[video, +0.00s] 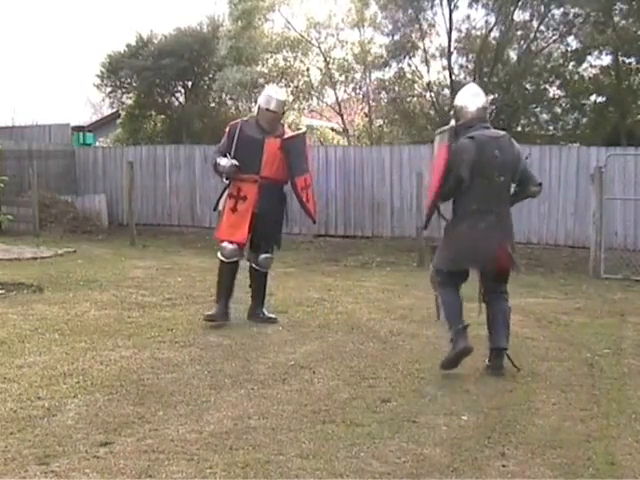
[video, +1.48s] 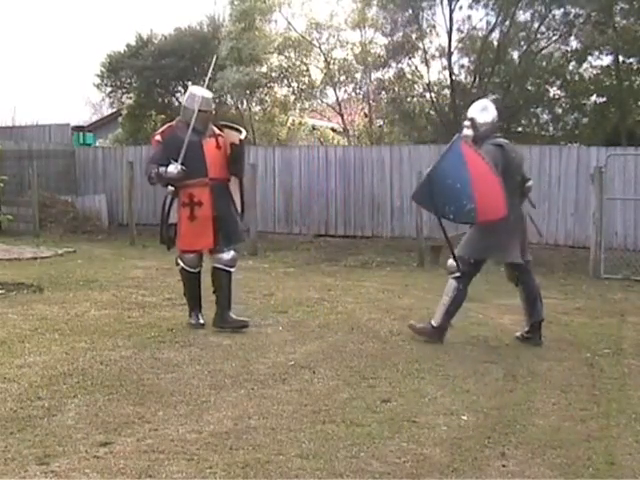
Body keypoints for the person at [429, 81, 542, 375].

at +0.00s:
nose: (455, 118)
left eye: (457, 112)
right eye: (456, 112)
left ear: (463, 113)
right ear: (485, 111)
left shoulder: (464, 145)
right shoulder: (507, 143)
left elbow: (454, 181)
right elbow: (531, 186)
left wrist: (436, 197)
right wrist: (504, 201)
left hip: (465, 232)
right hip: (499, 233)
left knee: (444, 278)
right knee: (497, 290)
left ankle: (459, 338)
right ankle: (497, 356)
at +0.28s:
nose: (463, 125)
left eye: (464, 121)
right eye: (465, 120)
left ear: (469, 121)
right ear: (491, 120)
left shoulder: (468, 149)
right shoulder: (510, 149)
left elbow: (453, 185)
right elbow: (532, 193)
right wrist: (505, 203)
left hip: (478, 230)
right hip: (509, 231)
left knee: (465, 282)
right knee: (505, 289)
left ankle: (481, 341)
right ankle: (501, 353)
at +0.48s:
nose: (459, 126)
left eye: (461, 120)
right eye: (459, 120)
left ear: (468, 120)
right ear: (487, 119)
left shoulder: (471, 151)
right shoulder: (510, 147)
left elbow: (445, 175)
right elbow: (534, 186)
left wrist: (449, 144)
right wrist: (508, 201)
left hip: (478, 230)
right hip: (510, 229)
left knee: (471, 283)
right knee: (507, 283)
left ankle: (482, 342)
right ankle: (512, 329)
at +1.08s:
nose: (482, 124)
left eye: (484, 120)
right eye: (482, 120)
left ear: (492, 120)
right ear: (508, 118)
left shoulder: (494, 147)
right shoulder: (524, 147)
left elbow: (475, 175)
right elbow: (543, 184)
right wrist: (526, 208)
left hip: (494, 223)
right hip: (520, 222)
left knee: (468, 269)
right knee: (517, 272)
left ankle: (482, 326)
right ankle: (533, 328)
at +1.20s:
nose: (483, 124)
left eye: (484, 120)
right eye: (483, 120)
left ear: (489, 120)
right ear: (508, 117)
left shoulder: (499, 147)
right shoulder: (525, 146)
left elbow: (488, 185)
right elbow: (539, 183)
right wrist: (520, 203)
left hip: (497, 222)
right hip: (522, 224)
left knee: (461, 260)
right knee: (519, 273)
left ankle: (475, 323)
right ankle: (534, 328)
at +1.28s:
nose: (480, 124)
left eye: (482, 119)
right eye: (481, 119)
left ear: (491, 119)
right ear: (506, 118)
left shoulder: (500, 147)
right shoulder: (522, 145)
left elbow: (488, 181)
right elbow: (536, 181)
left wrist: (478, 138)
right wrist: (521, 201)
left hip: (496, 221)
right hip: (521, 222)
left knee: (463, 263)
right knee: (521, 272)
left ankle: (460, 325)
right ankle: (534, 329)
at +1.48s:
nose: (468, 128)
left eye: (472, 124)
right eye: (468, 123)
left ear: (485, 124)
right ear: (494, 123)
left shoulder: (489, 150)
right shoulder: (510, 149)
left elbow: (479, 186)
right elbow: (523, 185)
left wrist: (467, 147)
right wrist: (508, 204)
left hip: (490, 223)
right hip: (514, 222)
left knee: (461, 271)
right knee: (521, 272)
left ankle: (437, 326)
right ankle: (535, 329)